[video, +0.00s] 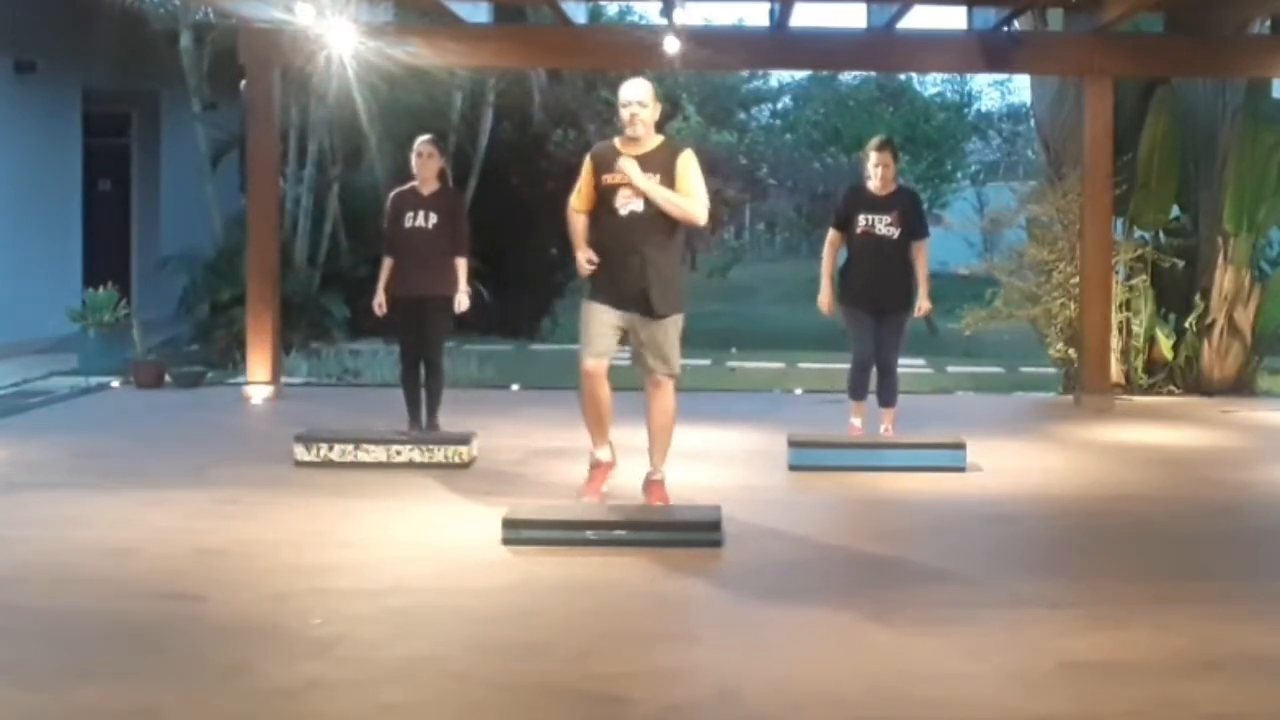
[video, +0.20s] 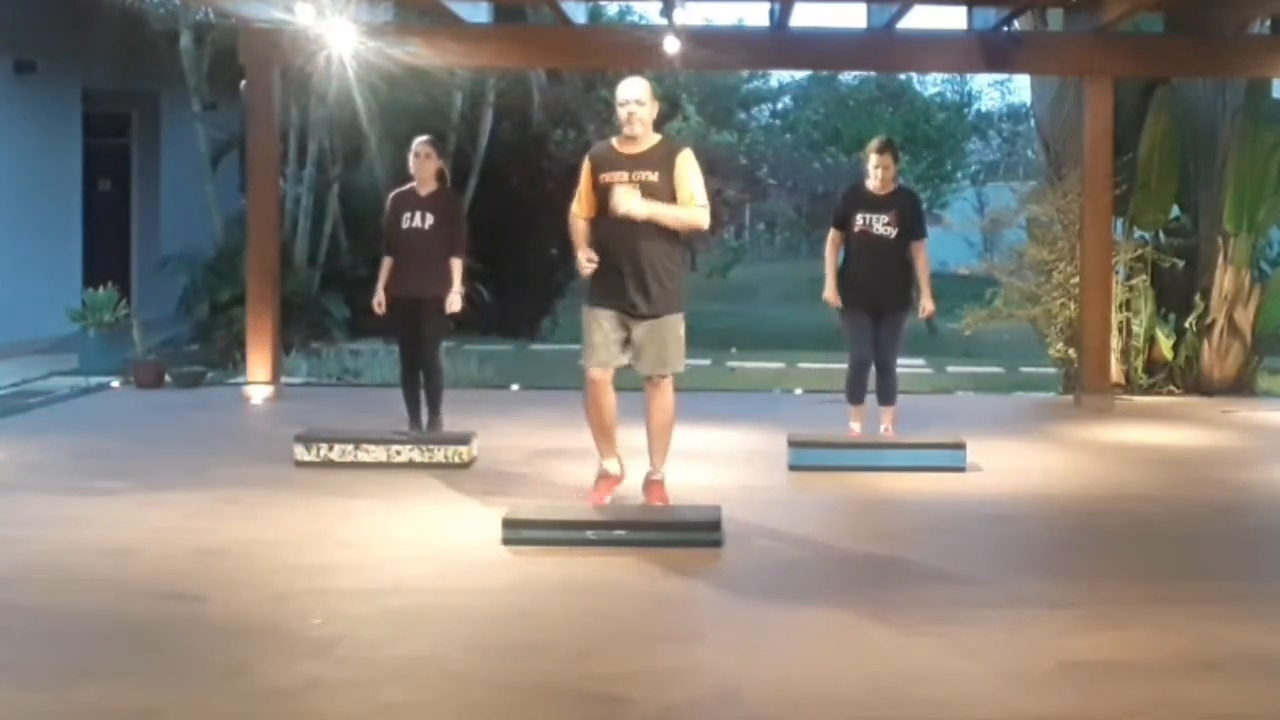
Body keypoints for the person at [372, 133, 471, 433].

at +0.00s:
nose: (422, 161)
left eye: (429, 155)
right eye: (418, 155)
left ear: (441, 162)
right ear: (411, 160)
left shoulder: (452, 200)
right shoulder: (398, 198)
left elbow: (460, 247)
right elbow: (390, 248)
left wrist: (462, 287)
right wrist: (381, 288)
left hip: (438, 293)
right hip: (404, 293)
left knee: (433, 357)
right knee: (409, 359)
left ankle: (432, 418)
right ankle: (414, 420)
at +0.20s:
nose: (419, 161)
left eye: (426, 156)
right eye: (415, 155)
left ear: (439, 163)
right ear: (409, 160)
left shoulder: (450, 201)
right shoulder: (397, 198)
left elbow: (457, 249)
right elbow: (389, 248)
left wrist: (456, 288)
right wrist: (380, 287)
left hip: (434, 293)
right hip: (402, 292)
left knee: (429, 357)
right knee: (408, 359)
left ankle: (435, 419)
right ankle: (414, 420)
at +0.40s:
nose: (418, 162)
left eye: (425, 157)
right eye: (414, 156)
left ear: (438, 164)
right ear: (408, 162)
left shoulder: (449, 201)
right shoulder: (399, 199)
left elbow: (455, 250)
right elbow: (393, 247)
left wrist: (455, 292)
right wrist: (382, 284)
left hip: (436, 292)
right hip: (402, 292)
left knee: (440, 358)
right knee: (400, 356)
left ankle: (436, 417)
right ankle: (412, 413)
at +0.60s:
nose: (416, 162)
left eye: (423, 156)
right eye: (413, 156)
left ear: (436, 163)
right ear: (406, 162)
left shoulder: (448, 200)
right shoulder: (397, 199)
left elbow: (454, 249)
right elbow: (391, 249)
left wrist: (452, 289)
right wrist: (383, 288)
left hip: (436, 292)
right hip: (402, 291)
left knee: (438, 360)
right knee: (402, 359)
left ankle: (435, 419)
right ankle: (406, 416)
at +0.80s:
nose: (411, 160)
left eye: (418, 155)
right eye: (407, 154)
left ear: (431, 161)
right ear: (401, 159)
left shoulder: (445, 199)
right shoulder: (390, 199)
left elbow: (452, 248)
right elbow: (384, 250)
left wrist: (454, 287)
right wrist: (378, 289)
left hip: (431, 293)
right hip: (398, 293)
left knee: (426, 356)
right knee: (402, 359)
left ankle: (432, 419)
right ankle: (407, 420)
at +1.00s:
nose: (408, 160)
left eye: (414, 155)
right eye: (404, 154)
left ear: (428, 161)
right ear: (398, 160)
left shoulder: (442, 199)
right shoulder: (387, 199)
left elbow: (452, 249)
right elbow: (380, 248)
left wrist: (457, 290)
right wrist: (370, 285)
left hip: (430, 293)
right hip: (395, 293)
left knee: (422, 354)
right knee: (401, 358)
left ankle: (428, 418)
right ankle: (407, 421)